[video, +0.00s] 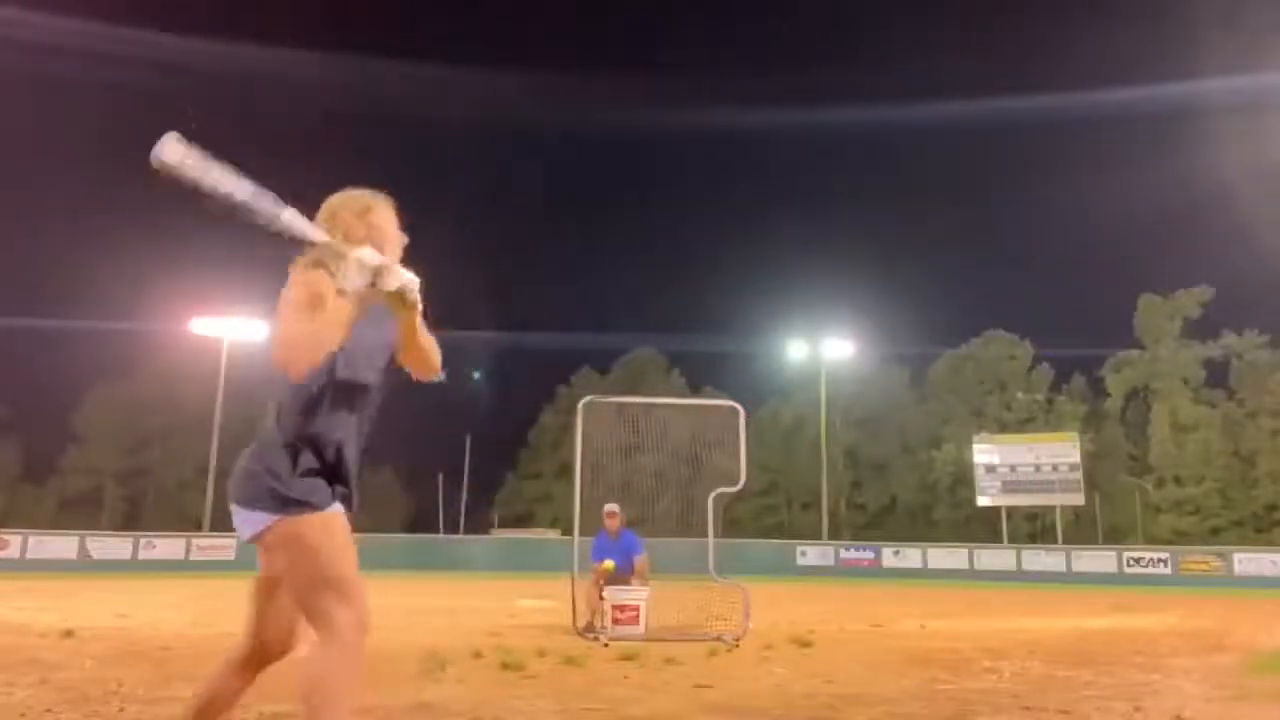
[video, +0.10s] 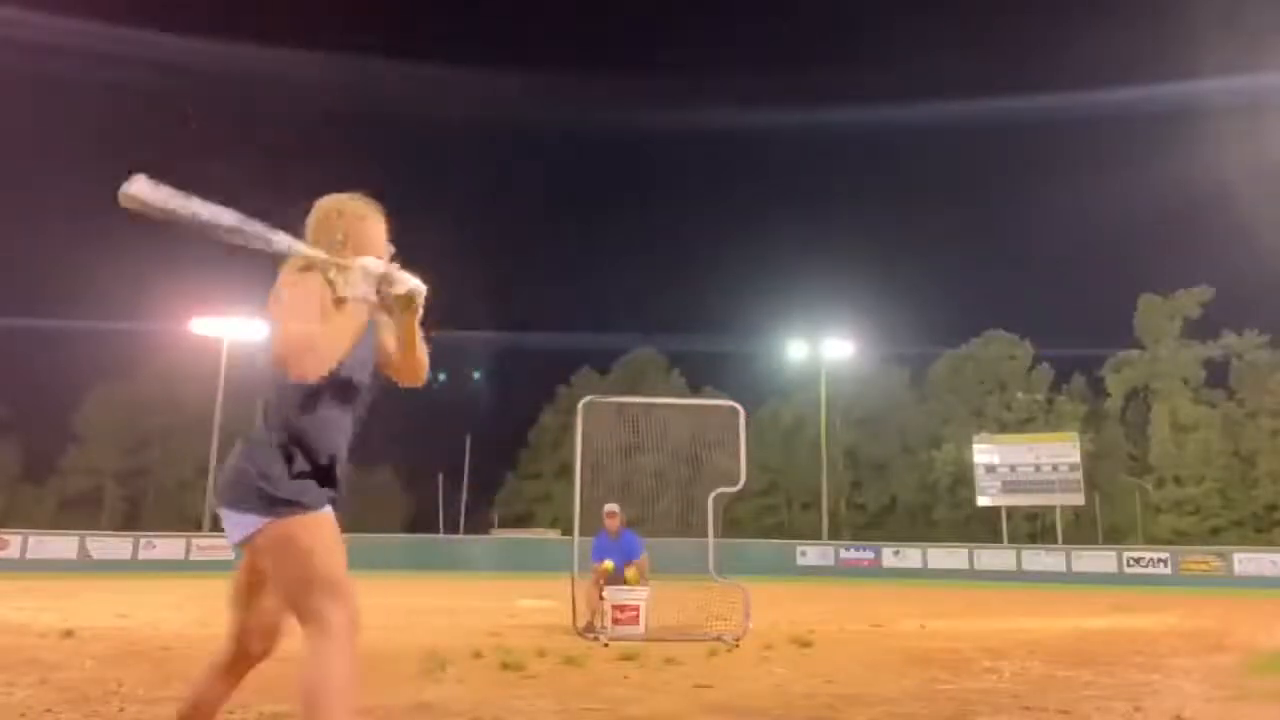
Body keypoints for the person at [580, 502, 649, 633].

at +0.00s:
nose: (612, 521)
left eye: (614, 517)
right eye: (608, 517)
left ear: (620, 518)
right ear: (604, 520)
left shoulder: (630, 537)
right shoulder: (599, 539)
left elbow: (640, 560)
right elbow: (595, 565)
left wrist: (638, 578)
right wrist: (602, 571)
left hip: (627, 575)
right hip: (608, 576)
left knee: (639, 582)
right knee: (593, 586)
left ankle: (636, 622)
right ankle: (591, 621)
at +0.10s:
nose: (612, 521)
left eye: (614, 517)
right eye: (608, 517)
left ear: (620, 518)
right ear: (604, 520)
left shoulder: (630, 537)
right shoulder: (599, 539)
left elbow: (641, 559)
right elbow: (595, 564)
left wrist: (634, 570)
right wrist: (602, 569)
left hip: (627, 573)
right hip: (608, 575)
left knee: (641, 581)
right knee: (593, 585)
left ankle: (637, 621)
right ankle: (591, 621)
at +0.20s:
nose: (611, 521)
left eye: (614, 516)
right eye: (608, 517)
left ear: (620, 518)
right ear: (603, 520)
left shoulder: (631, 537)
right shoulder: (599, 539)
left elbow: (642, 559)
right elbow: (595, 565)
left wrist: (632, 565)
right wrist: (602, 567)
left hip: (627, 576)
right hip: (607, 577)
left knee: (642, 581)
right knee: (593, 586)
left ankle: (637, 620)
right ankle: (591, 621)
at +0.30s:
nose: (611, 521)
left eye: (614, 516)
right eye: (608, 517)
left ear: (620, 518)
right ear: (603, 520)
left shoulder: (631, 537)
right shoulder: (599, 539)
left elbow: (643, 557)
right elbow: (595, 563)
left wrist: (633, 564)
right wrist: (601, 568)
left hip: (627, 576)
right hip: (608, 576)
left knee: (641, 581)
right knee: (592, 587)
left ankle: (637, 620)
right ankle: (591, 620)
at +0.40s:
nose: (611, 521)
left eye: (614, 516)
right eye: (608, 517)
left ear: (620, 518)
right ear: (603, 520)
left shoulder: (631, 537)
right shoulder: (599, 539)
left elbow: (643, 557)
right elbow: (595, 563)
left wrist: (633, 564)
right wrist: (601, 568)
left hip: (627, 576)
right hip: (608, 576)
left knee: (641, 581)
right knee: (592, 587)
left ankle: (637, 620)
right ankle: (591, 620)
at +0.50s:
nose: (611, 520)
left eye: (614, 516)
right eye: (608, 517)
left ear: (621, 518)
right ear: (603, 519)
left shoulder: (631, 538)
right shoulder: (599, 539)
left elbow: (643, 562)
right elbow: (595, 564)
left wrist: (628, 565)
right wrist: (602, 567)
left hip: (627, 576)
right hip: (607, 576)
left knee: (641, 581)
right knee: (592, 586)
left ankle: (638, 621)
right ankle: (591, 620)